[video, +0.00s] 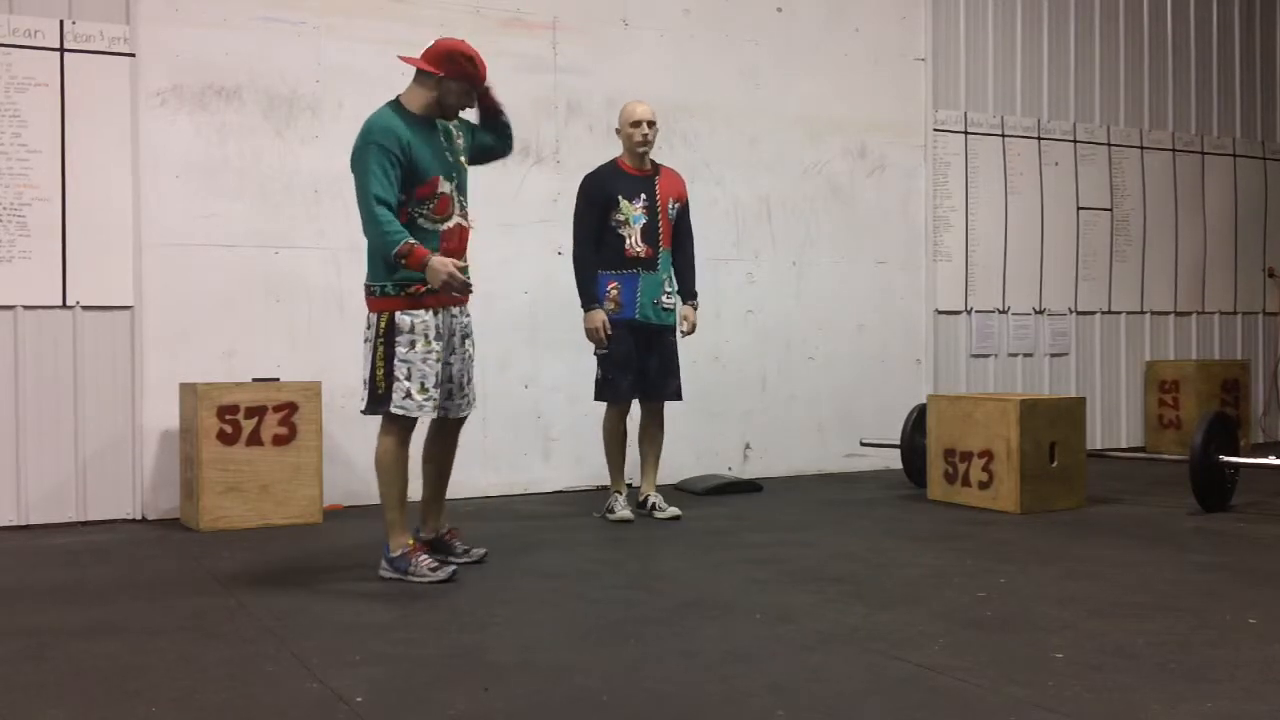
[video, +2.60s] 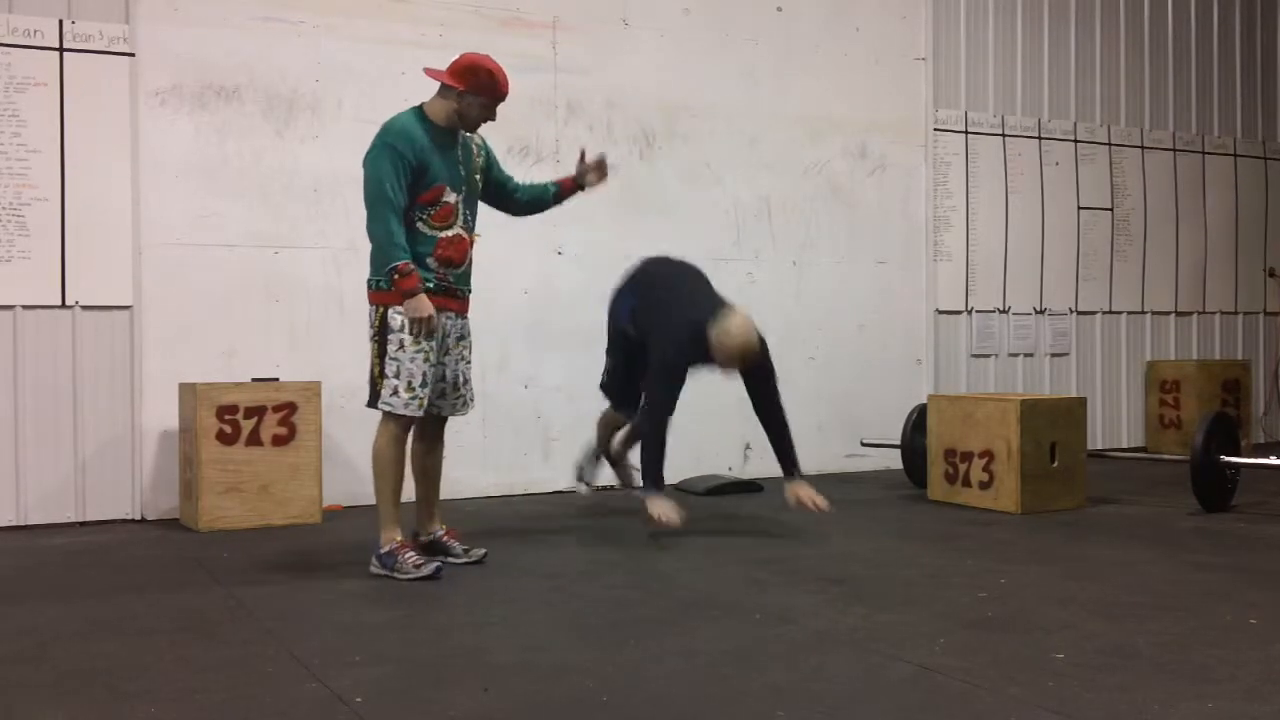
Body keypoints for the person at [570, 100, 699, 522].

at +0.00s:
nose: (644, 131)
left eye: (650, 124)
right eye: (636, 125)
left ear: (657, 131)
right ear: (620, 132)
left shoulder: (672, 182)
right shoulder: (597, 182)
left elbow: (683, 246)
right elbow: (583, 249)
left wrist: (689, 299)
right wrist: (590, 306)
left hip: (660, 312)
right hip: (615, 312)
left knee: (654, 403)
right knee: (618, 404)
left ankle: (648, 491)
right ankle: (618, 492)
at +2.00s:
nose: (671, 144)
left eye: (676, 138)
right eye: (663, 137)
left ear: (681, 138)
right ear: (642, 135)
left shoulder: (687, 183)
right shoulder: (612, 181)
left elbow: (691, 249)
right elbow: (586, 247)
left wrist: (692, 305)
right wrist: (584, 309)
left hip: (662, 314)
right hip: (616, 313)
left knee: (655, 404)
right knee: (618, 405)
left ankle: (648, 492)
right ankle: (617, 493)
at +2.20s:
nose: (692, 190)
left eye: (697, 181)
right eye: (684, 182)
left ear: (702, 180)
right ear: (663, 179)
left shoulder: (703, 215)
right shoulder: (625, 212)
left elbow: (689, 268)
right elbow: (589, 268)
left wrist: (672, 308)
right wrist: (578, 322)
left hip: (660, 321)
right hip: (616, 322)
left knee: (663, 410)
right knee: (629, 409)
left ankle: (648, 493)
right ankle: (618, 494)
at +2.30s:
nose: (698, 233)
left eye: (703, 225)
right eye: (691, 224)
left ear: (708, 223)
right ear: (672, 218)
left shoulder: (710, 252)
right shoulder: (636, 244)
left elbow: (694, 299)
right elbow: (598, 298)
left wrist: (678, 337)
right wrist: (581, 358)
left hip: (663, 342)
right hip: (620, 341)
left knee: (671, 421)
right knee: (639, 421)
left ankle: (648, 495)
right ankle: (619, 497)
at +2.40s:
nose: (706, 273)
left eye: (712, 266)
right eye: (701, 265)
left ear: (719, 262)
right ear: (685, 256)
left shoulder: (720, 278)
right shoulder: (648, 266)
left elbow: (715, 337)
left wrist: (711, 394)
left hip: (666, 345)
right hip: (624, 343)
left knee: (673, 420)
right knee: (636, 422)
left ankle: (647, 496)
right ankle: (620, 495)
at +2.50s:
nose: (719, 325)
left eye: (725, 319)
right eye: (715, 317)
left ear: (734, 305)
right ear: (702, 302)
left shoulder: (736, 307)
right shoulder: (655, 303)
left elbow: (746, 372)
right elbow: (630, 384)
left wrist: (756, 438)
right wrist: (637, 451)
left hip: (666, 313)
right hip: (624, 307)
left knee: (669, 400)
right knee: (623, 402)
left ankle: (644, 481)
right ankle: (615, 490)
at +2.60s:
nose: (729, 369)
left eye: (737, 363)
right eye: (725, 362)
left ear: (749, 345)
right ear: (714, 347)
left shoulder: (745, 338)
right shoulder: (674, 343)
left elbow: (768, 406)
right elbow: (654, 418)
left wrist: (793, 476)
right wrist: (653, 491)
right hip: (634, 298)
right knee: (622, 408)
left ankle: (620, 451)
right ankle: (598, 452)